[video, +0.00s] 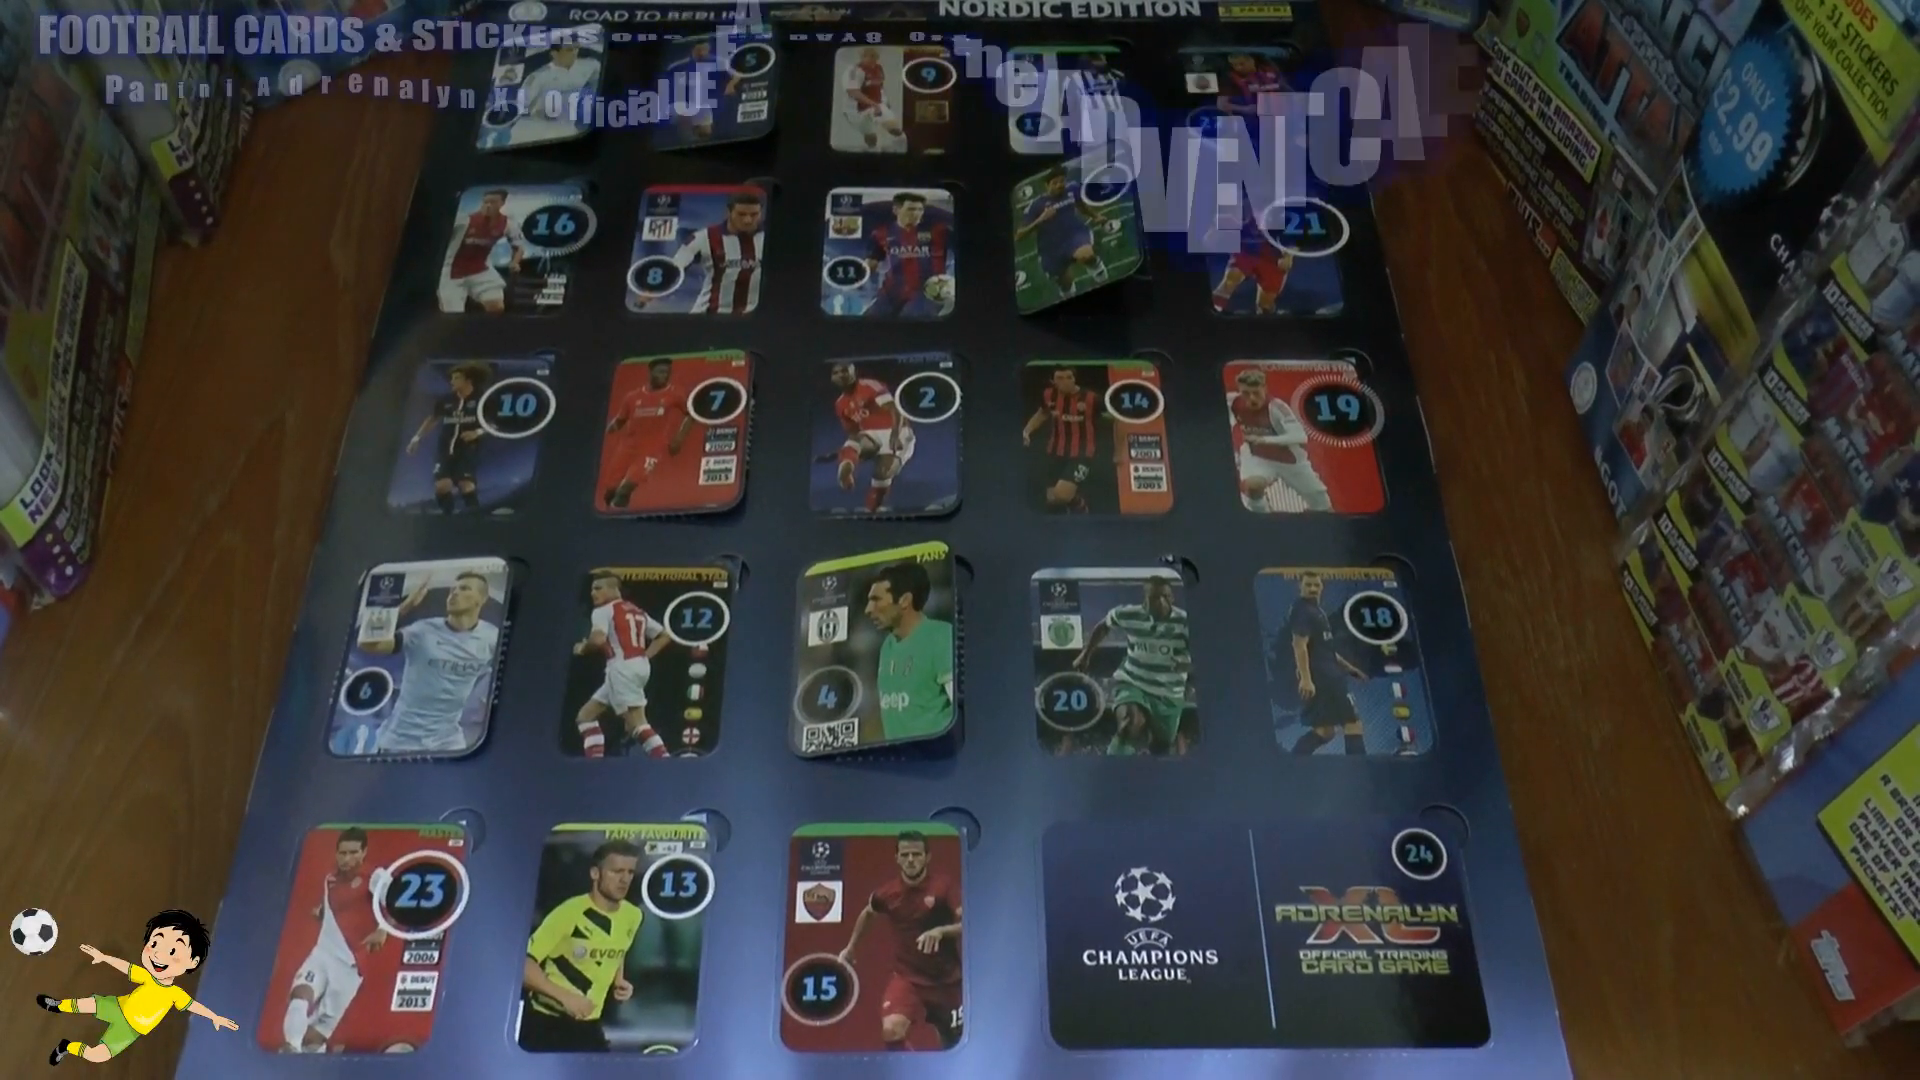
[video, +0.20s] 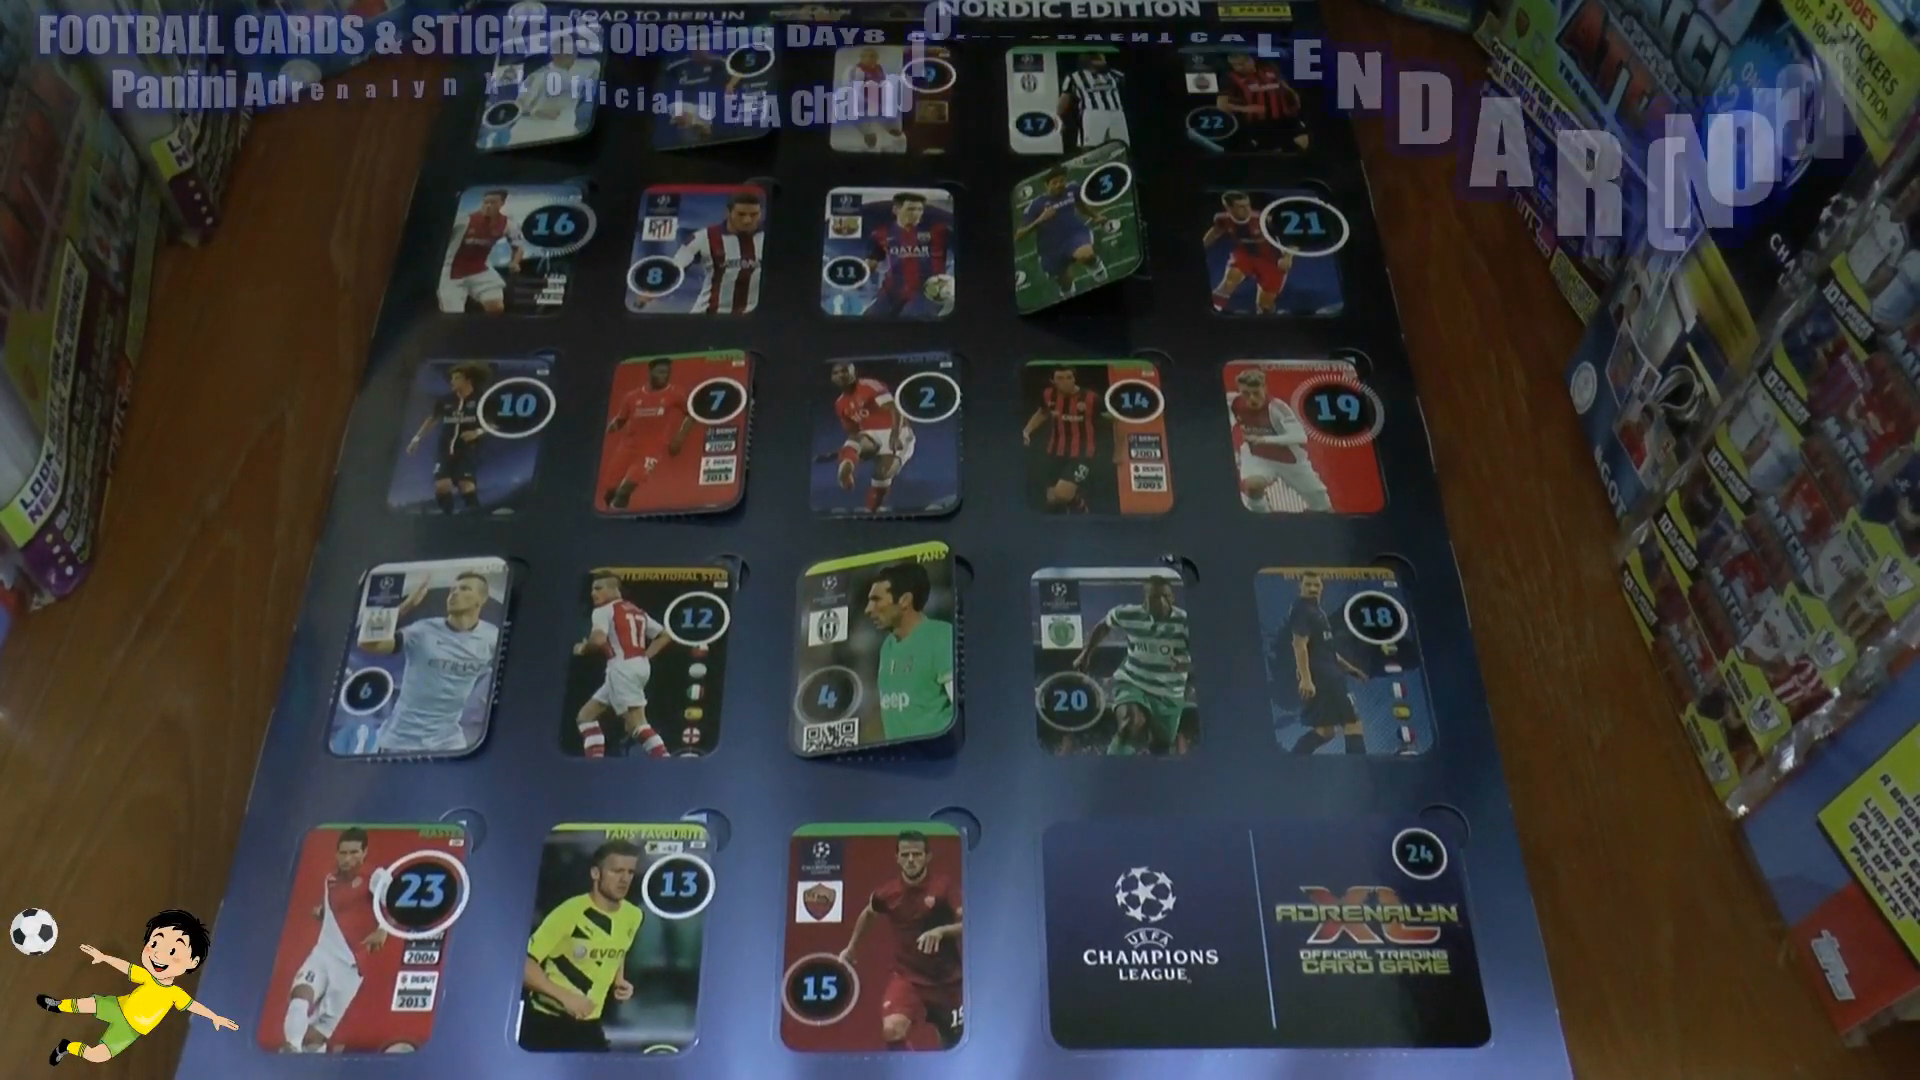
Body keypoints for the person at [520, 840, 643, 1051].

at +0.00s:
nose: (625, 879)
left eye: (630, 873)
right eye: (617, 871)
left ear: (634, 876)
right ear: (595, 874)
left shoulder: (633, 916)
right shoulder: (570, 912)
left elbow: (618, 954)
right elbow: (524, 964)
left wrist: (619, 979)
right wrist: (564, 996)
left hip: (589, 1028)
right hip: (544, 1025)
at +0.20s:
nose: (625, 879)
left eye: (630, 873)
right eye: (617, 871)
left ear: (634, 876)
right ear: (596, 874)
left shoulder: (633, 916)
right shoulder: (570, 911)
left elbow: (619, 953)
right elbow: (524, 964)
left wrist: (619, 979)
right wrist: (564, 996)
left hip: (589, 1027)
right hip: (545, 1025)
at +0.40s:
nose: (625, 880)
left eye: (630, 873)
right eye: (617, 872)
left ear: (634, 876)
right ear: (596, 874)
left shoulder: (633, 917)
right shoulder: (571, 912)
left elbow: (618, 954)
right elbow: (524, 964)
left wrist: (619, 980)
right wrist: (565, 997)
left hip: (589, 1028)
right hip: (544, 1025)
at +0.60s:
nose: (625, 881)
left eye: (630, 874)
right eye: (617, 873)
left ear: (634, 877)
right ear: (596, 875)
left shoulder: (633, 918)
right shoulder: (570, 913)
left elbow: (618, 955)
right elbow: (524, 965)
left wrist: (619, 981)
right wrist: (565, 998)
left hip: (589, 1029)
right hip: (544, 1026)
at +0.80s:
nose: (625, 881)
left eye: (630, 874)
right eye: (617, 873)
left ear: (634, 877)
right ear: (596, 875)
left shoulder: (633, 918)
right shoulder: (570, 913)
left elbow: (618, 955)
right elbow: (524, 965)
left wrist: (619, 982)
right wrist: (565, 998)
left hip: (589, 1029)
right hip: (544, 1027)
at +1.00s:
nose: (625, 881)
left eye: (630, 874)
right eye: (617, 873)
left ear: (634, 877)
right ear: (596, 875)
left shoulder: (633, 918)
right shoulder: (570, 913)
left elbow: (618, 955)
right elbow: (524, 966)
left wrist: (619, 981)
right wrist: (565, 998)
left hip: (589, 1030)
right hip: (544, 1027)